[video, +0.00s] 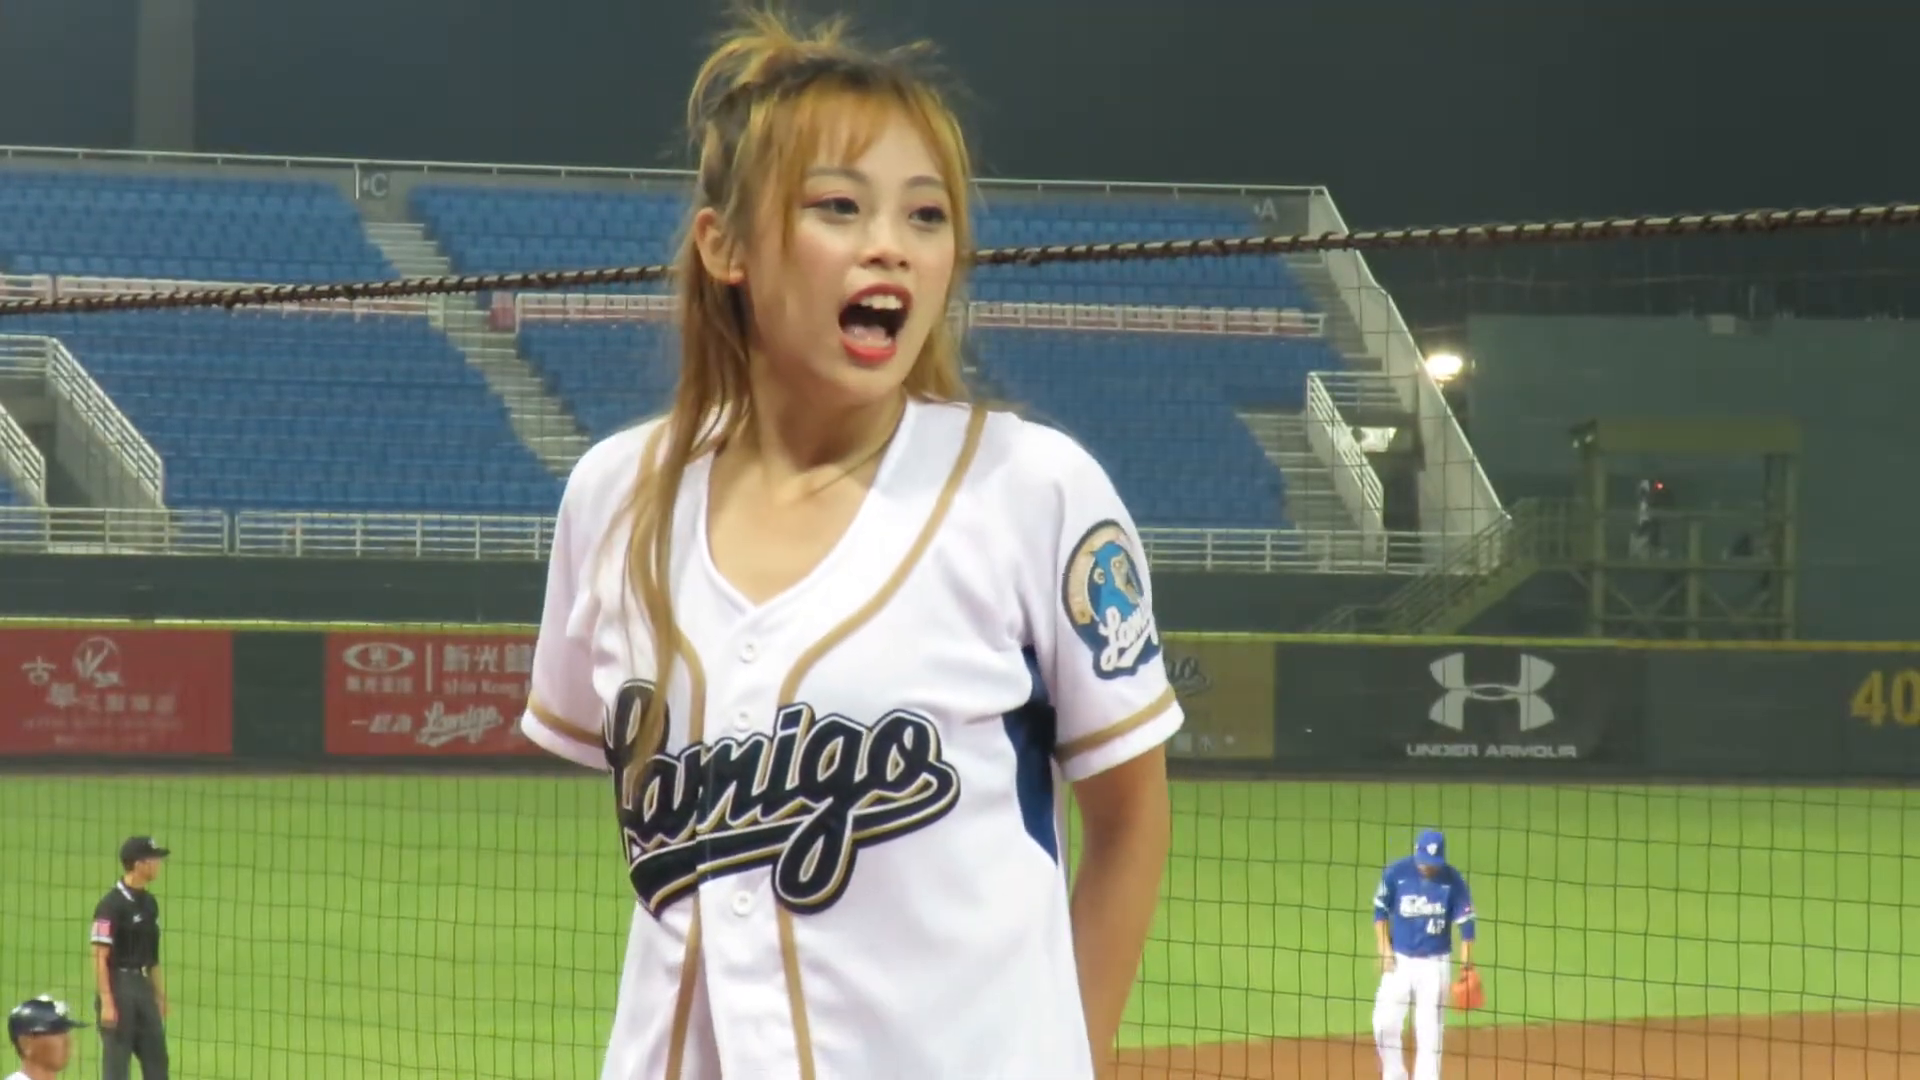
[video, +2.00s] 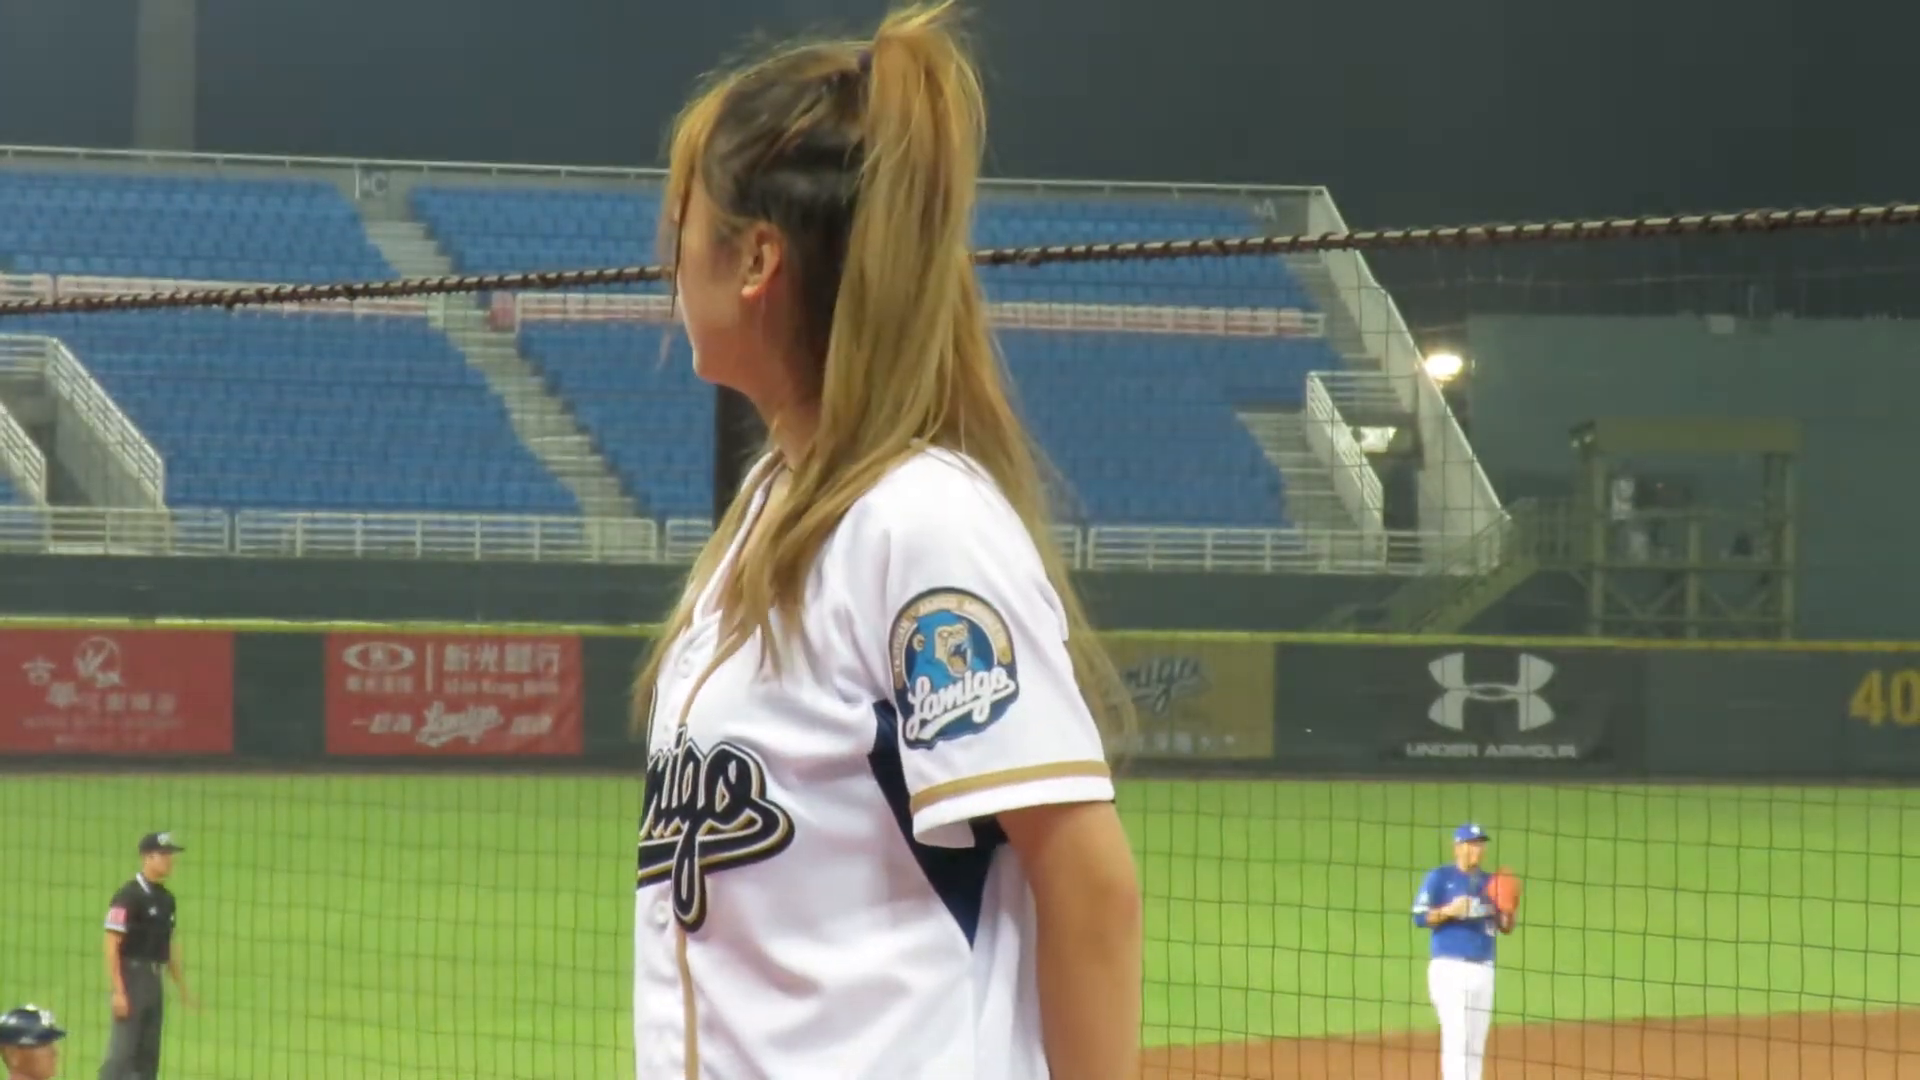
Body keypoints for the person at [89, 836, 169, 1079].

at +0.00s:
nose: (158, 865)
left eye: (157, 860)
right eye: (153, 860)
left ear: (143, 865)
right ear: (137, 865)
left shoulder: (149, 903)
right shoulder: (111, 904)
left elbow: (152, 957)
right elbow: (100, 957)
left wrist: (159, 995)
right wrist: (107, 1002)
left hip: (142, 977)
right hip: (117, 977)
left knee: (156, 1057)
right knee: (117, 1059)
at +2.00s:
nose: (169, 861)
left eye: (170, 856)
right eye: (163, 855)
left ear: (169, 858)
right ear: (147, 857)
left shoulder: (166, 899)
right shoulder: (128, 895)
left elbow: (167, 948)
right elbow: (111, 945)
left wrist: (182, 987)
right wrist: (118, 991)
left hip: (154, 969)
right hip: (130, 967)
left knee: (149, 1045)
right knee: (125, 1045)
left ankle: (144, 1075)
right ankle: (114, 1074)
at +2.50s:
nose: (135, 864)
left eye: (138, 858)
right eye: (129, 857)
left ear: (140, 861)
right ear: (114, 858)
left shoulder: (140, 901)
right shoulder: (94, 902)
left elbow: (143, 948)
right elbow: (79, 951)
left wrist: (153, 989)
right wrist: (88, 995)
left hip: (127, 977)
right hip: (100, 976)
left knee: (141, 1055)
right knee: (90, 1059)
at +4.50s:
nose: (116, 866)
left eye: (118, 860)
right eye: (109, 860)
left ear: (121, 862)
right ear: (94, 861)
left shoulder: (119, 901)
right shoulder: (78, 903)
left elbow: (122, 952)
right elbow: (65, 954)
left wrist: (129, 990)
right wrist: (71, 999)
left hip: (113, 973)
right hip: (87, 973)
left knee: (125, 1054)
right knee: (84, 1053)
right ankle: (81, 1074)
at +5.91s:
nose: (116, 866)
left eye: (117, 860)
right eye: (110, 860)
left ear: (119, 862)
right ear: (93, 861)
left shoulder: (117, 899)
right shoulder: (78, 904)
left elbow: (121, 951)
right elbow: (66, 954)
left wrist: (129, 990)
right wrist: (74, 1001)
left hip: (113, 974)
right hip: (88, 974)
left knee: (134, 1048)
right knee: (86, 1053)